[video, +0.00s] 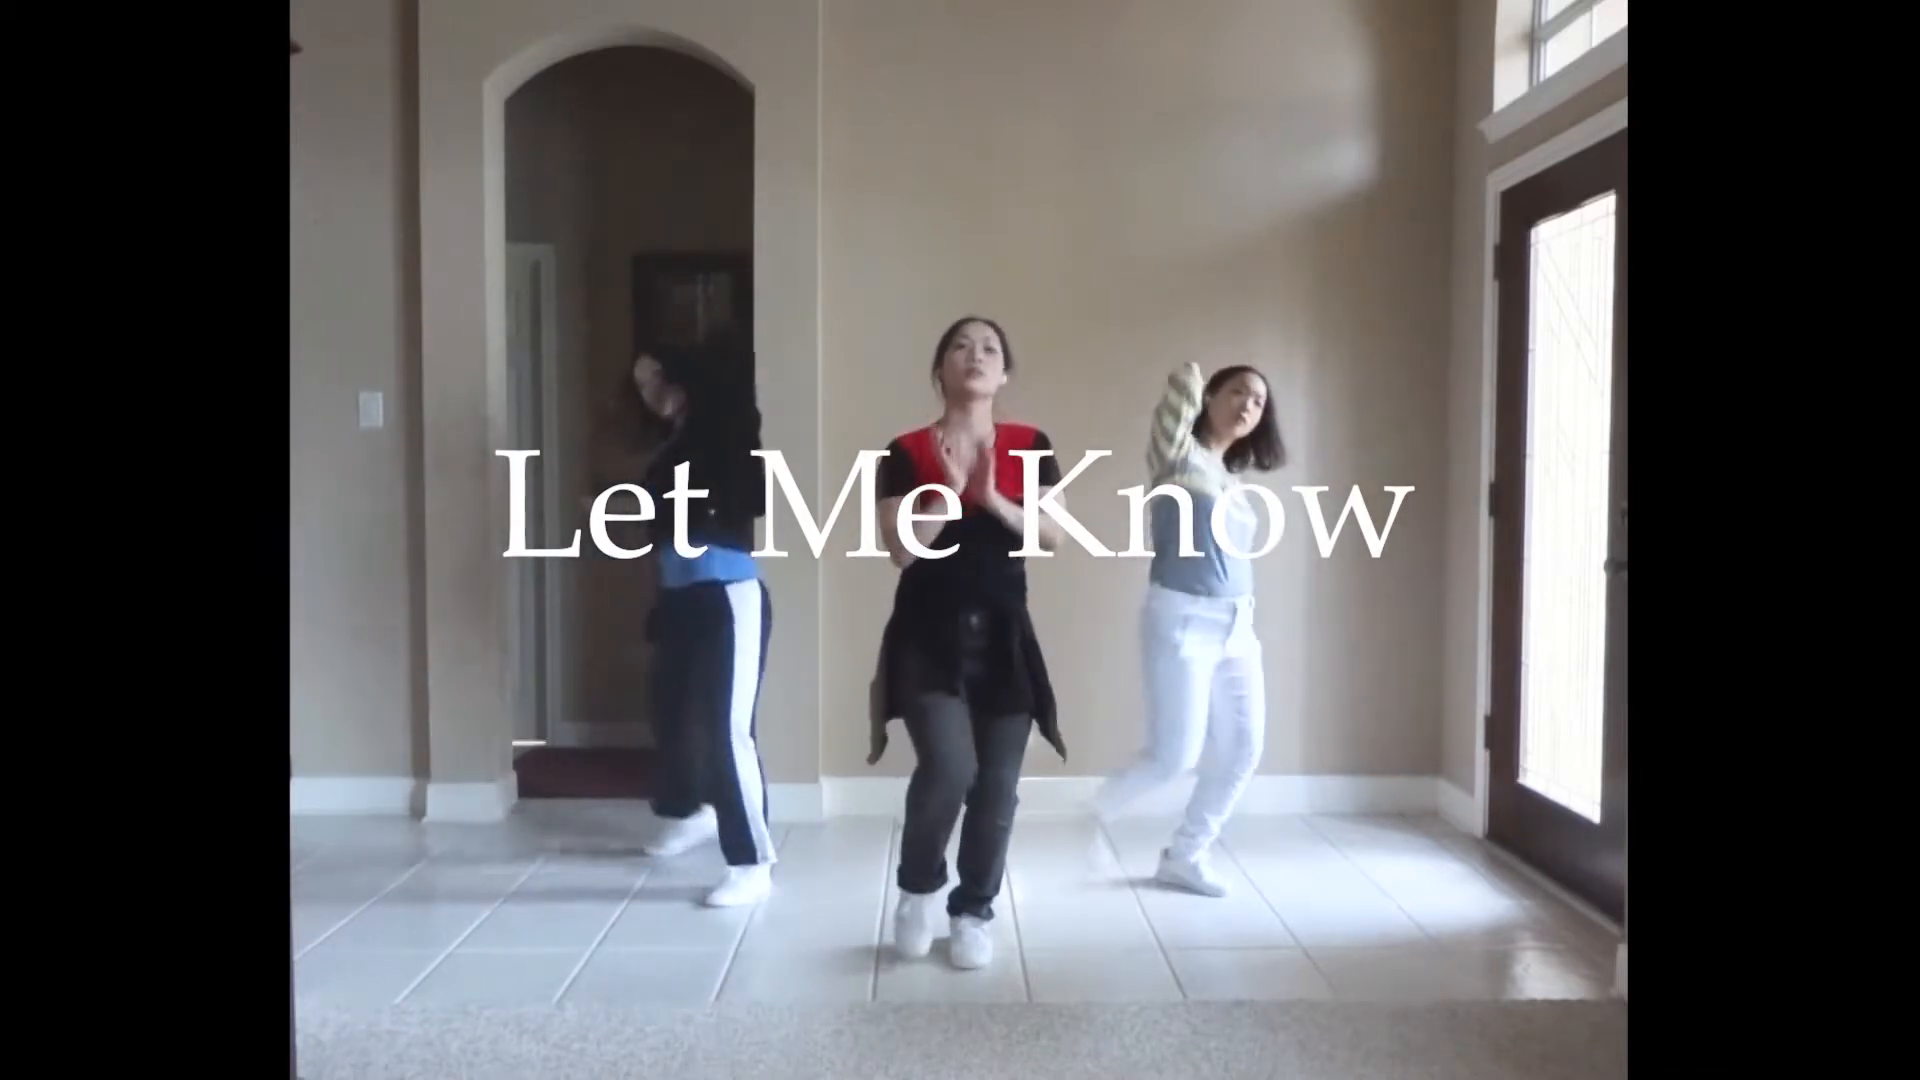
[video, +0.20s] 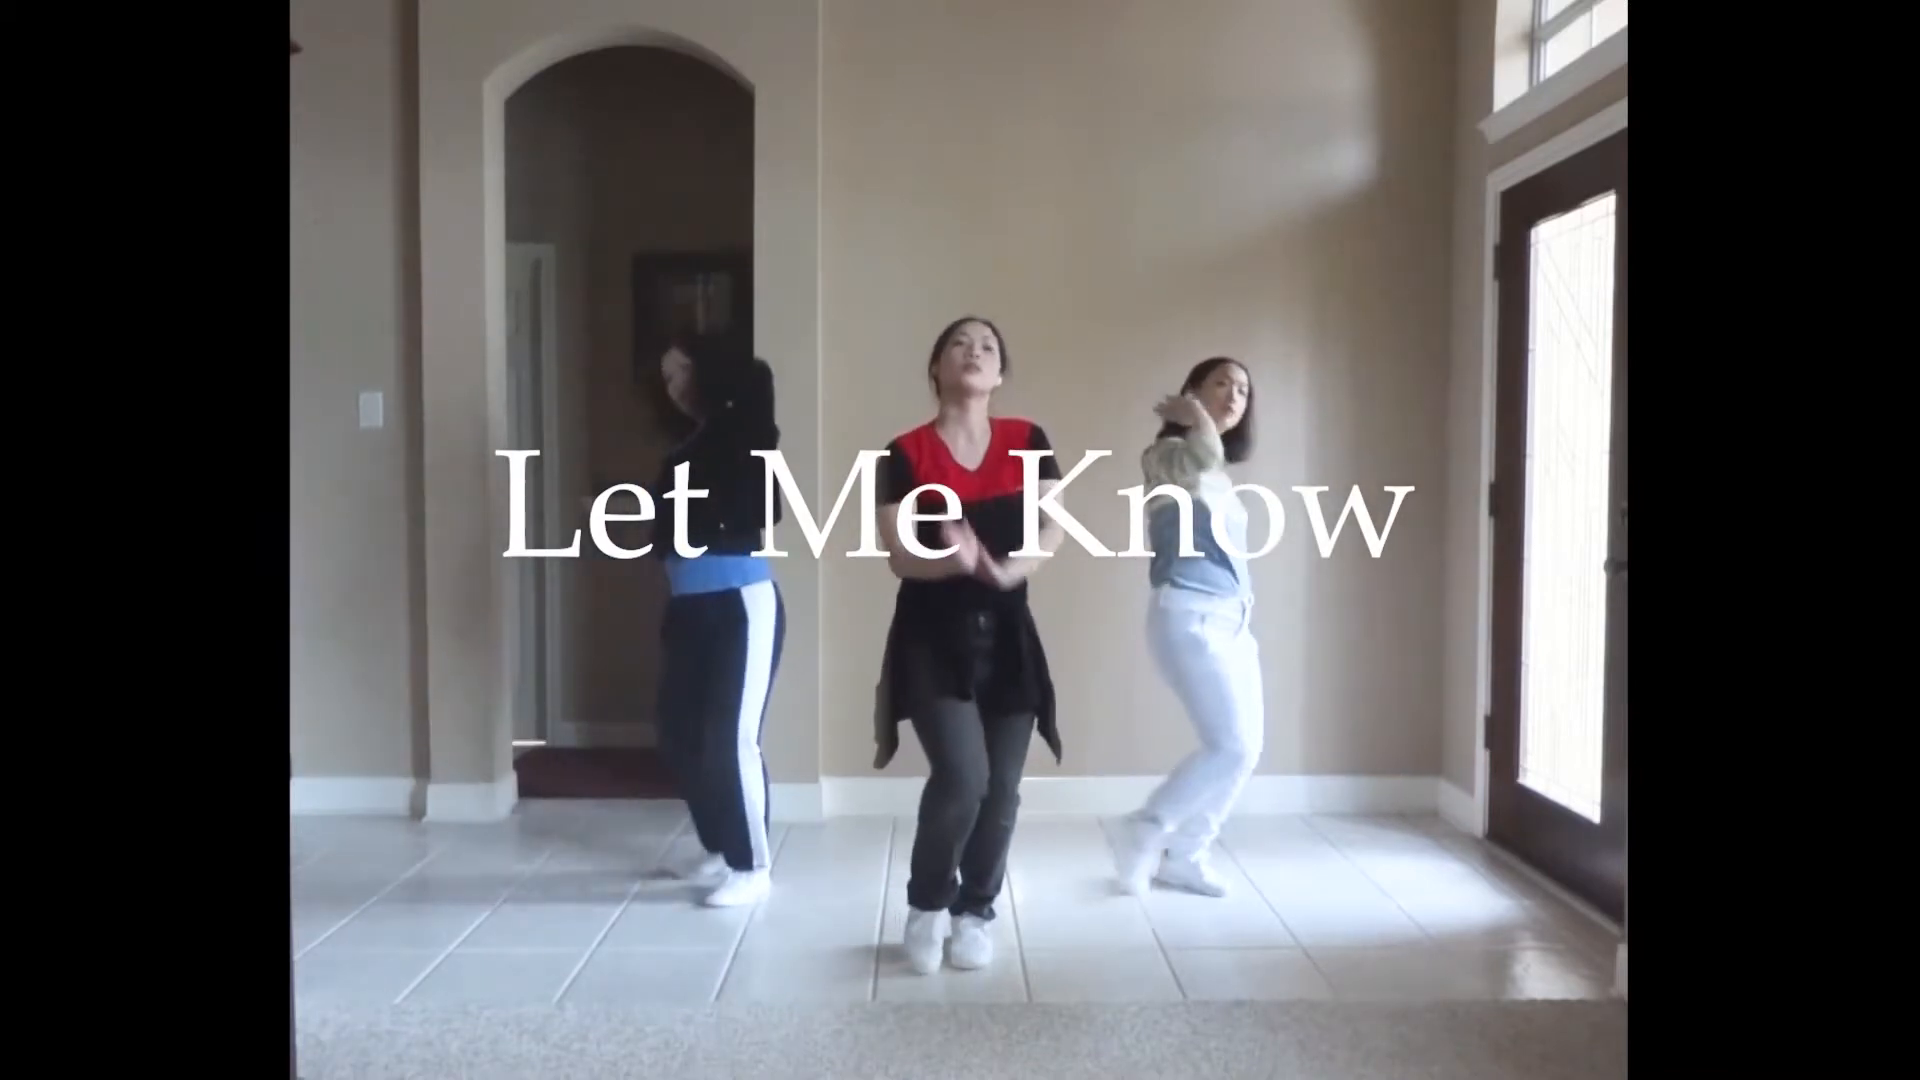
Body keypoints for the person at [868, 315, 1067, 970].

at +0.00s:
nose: (975, 355)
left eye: (988, 349)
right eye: (961, 346)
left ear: (1005, 375)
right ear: (938, 370)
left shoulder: (1028, 445)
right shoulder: (907, 452)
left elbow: (1055, 536)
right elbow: (899, 549)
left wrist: (993, 499)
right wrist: (942, 495)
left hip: (1004, 629)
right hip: (927, 629)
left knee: (998, 782)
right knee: (949, 768)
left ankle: (974, 913)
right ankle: (918, 888)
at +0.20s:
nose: (974, 351)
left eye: (987, 346)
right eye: (960, 343)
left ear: (1001, 373)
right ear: (935, 368)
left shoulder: (1027, 442)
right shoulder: (904, 454)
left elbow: (1052, 535)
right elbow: (899, 559)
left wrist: (1011, 568)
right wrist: (951, 561)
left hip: (1007, 629)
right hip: (931, 630)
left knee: (1002, 783)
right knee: (963, 777)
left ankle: (976, 914)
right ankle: (928, 905)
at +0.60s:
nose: (975, 356)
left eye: (987, 352)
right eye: (962, 345)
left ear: (999, 377)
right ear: (933, 364)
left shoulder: (1020, 440)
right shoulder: (900, 441)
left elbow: (1115, 465)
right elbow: (919, 536)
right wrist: (1009, 585)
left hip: (1008, 630)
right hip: (933, 632)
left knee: (1001, 788)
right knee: (965, 781)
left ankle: (973, 914)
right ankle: (919, 907)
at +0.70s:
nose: (974, 359)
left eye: (988, 352)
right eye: (961, 348)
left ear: (1002, 374)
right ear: (937, 365)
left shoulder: (1023, 453)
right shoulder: (902, 447)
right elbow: (903, 542)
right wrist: (983, 560)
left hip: (1011, 634)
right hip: (936, 635)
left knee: (1003, 788)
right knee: (965, 782)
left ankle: (975, 915)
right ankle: (922, 907)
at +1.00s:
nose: (970, 382)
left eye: (984, 372)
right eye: (957, 370)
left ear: (1001, 384)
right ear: (936, 379)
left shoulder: (1015, 467)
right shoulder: (908, 442)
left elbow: (1038, 558)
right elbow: (852, 410)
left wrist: (1085, 619)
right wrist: (836, 396)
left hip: (1017, 643)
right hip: (944, 644)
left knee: (1015, 789)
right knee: (991, 784)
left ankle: (976, 917)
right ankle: (922, 907)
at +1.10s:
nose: (969, 387)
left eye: (983, 376)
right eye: (957, 374)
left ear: (1001, 386)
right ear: (936, 382)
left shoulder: (1018, 467)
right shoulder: (908, 442)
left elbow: (1040, 560)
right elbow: (828, 380)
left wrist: (1069, 640)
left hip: (1018, 646)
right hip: (942, 647)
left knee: (1012, 791)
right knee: (990, 782)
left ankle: (976, 916)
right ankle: (923, 907)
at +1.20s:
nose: (970, 389)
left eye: (984, 378)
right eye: (958, 377)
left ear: (1003, 389)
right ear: (938, 385)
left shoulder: (1017, 468)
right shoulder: (912, 442)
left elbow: (1043, 562)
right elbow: (842, 380)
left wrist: (1062, 645)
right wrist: (800, 330)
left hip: (1014, 644)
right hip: (943, 645)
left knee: (1011, 789)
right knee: (982, 784)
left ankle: (976, 915)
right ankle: (920, 907)